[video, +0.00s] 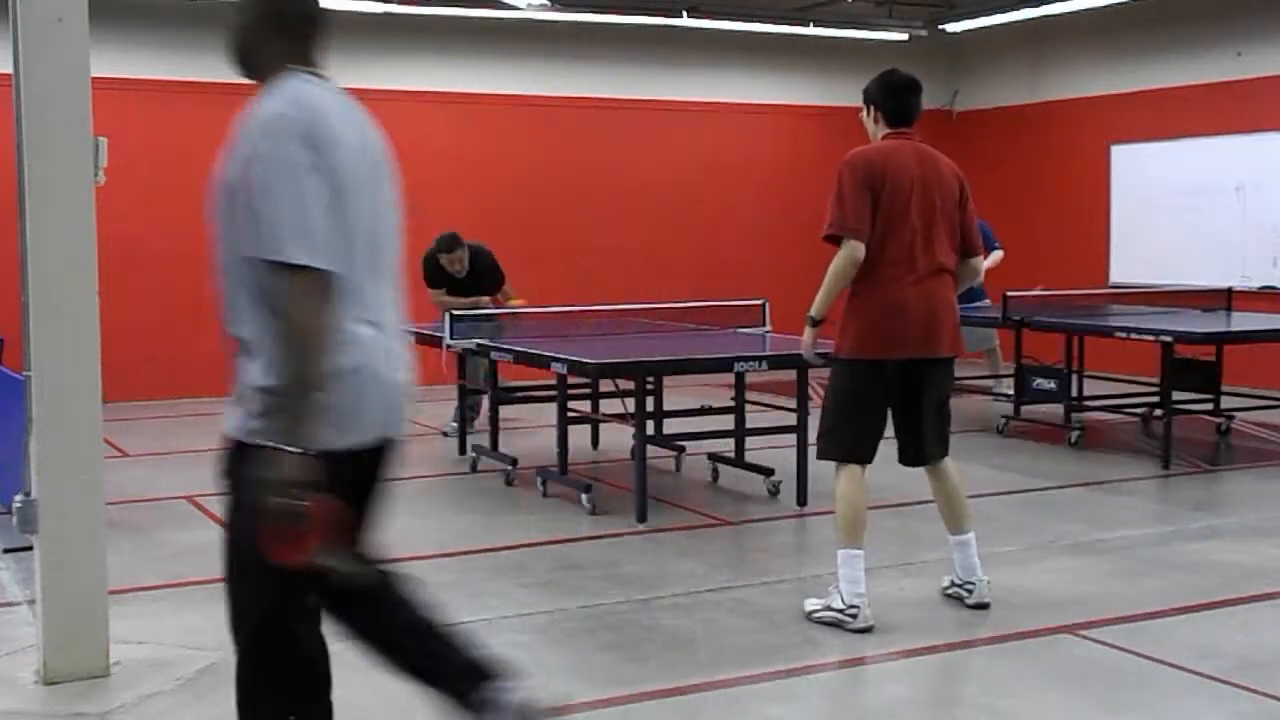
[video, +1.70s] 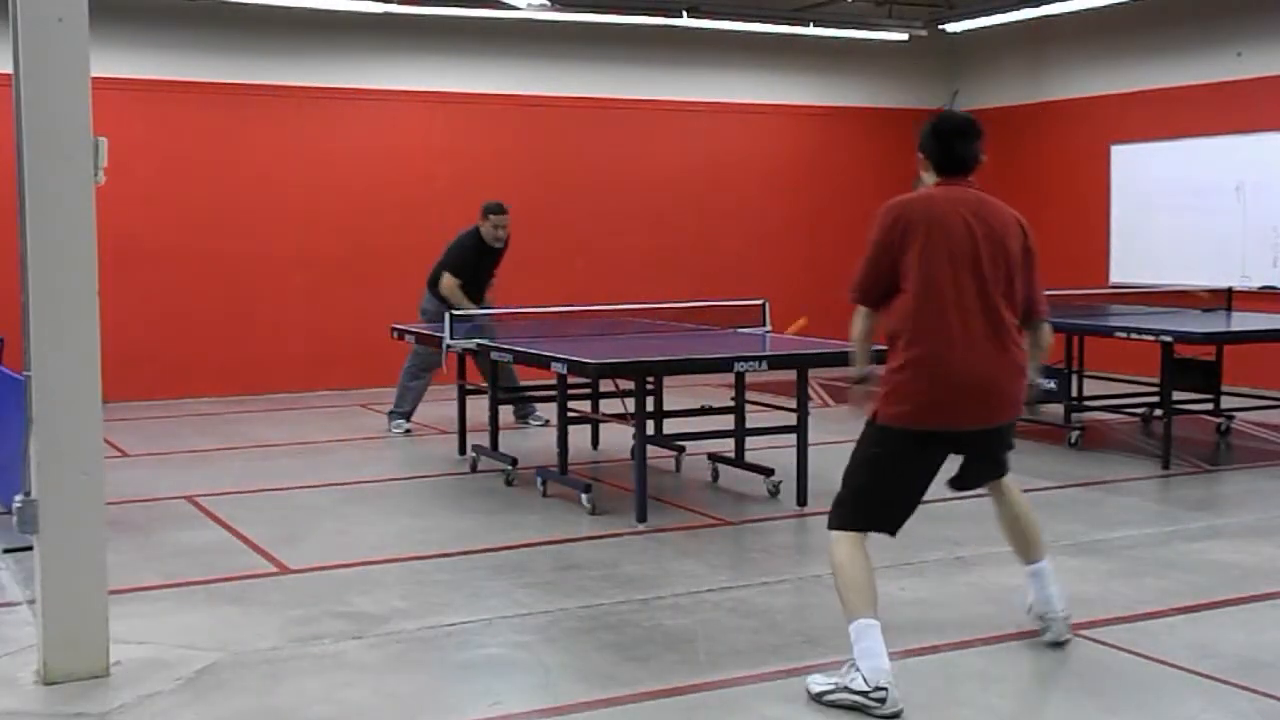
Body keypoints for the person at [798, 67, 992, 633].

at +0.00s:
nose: (862, 120)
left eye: (863, 112)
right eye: (865, 112)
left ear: (872, 114)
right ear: (916, 115)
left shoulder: (863, 163)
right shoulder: (948, 170)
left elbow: (852, 250)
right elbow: (974, 265)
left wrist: (813, 318)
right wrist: (930, 293)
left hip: (871, 336)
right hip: (935, 337)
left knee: (850, 462)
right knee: (935, 455)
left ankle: (851, 599)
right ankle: (970, 578)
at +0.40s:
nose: (844, 152)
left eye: (844, 141)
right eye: (843, 142)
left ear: (862, 137)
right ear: (891, 136)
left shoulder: (891, 180)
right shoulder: (924, 179)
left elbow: (911, 268)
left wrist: (834, 329)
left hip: (896, 354)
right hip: (947, 351)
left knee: (840, 465)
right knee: (925, 460)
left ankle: (850, 598)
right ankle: (970, 578)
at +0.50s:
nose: (849, 152)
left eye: (849, 141)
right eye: (846, 142)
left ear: (867, 134)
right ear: (885, 132)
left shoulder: (912, 172)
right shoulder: (900, 183)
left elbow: (943, 259)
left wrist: (877, 329)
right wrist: (804, 315)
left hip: (911, 351)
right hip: (951, 349)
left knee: (850, 461)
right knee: (923, 460)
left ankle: (850, 599)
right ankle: (972, 579)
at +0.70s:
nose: (860, 145)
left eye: (860, 134)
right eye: (858, 135)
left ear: (879, 130)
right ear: (895, 128)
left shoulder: (938, 171)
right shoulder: (902, 186)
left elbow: (986, 255)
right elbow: (871, 241)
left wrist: (957, 334)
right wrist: (820, 229)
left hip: (926, 347)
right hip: (946, 346)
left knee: (862, 455)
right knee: (933, 460)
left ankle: (857, 597)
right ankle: (981, 576)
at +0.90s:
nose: (869, 148)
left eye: (870, 137)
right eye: (869, 137)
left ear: (885, 139)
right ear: (917, 135)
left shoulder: (934, 186)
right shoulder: (933, 181)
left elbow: (968, 276)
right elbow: (942, 255)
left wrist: (935, 371)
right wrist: (896, 234)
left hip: (927, 362)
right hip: (957, 358)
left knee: (865, 479)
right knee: (933, 465)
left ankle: (906, 612)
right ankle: (981, 574)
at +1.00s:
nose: (870, 140)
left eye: (871, 131)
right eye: (873, 130)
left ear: (885, 135)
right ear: (926, 134)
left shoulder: (916, 183)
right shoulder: (955, 181)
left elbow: (934, 279)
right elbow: (983, 262)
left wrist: (888, 373)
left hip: (926, 371)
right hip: (969, 366)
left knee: (873, 496)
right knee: (947, 464)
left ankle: (930, 634)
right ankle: (979, 575)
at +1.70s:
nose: (914, 164)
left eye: (916, 156)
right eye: (923, 155)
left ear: (924, 161)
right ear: (977, 161)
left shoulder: (904, 214)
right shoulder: (1010, 222)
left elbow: (868, 303)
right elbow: (1037, 325)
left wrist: (860, 366)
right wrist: (1029, 380)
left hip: (917, 395)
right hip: (997, 393)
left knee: (847, 526)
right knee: (1001, 481)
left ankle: (870, 671)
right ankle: (1051, 608)